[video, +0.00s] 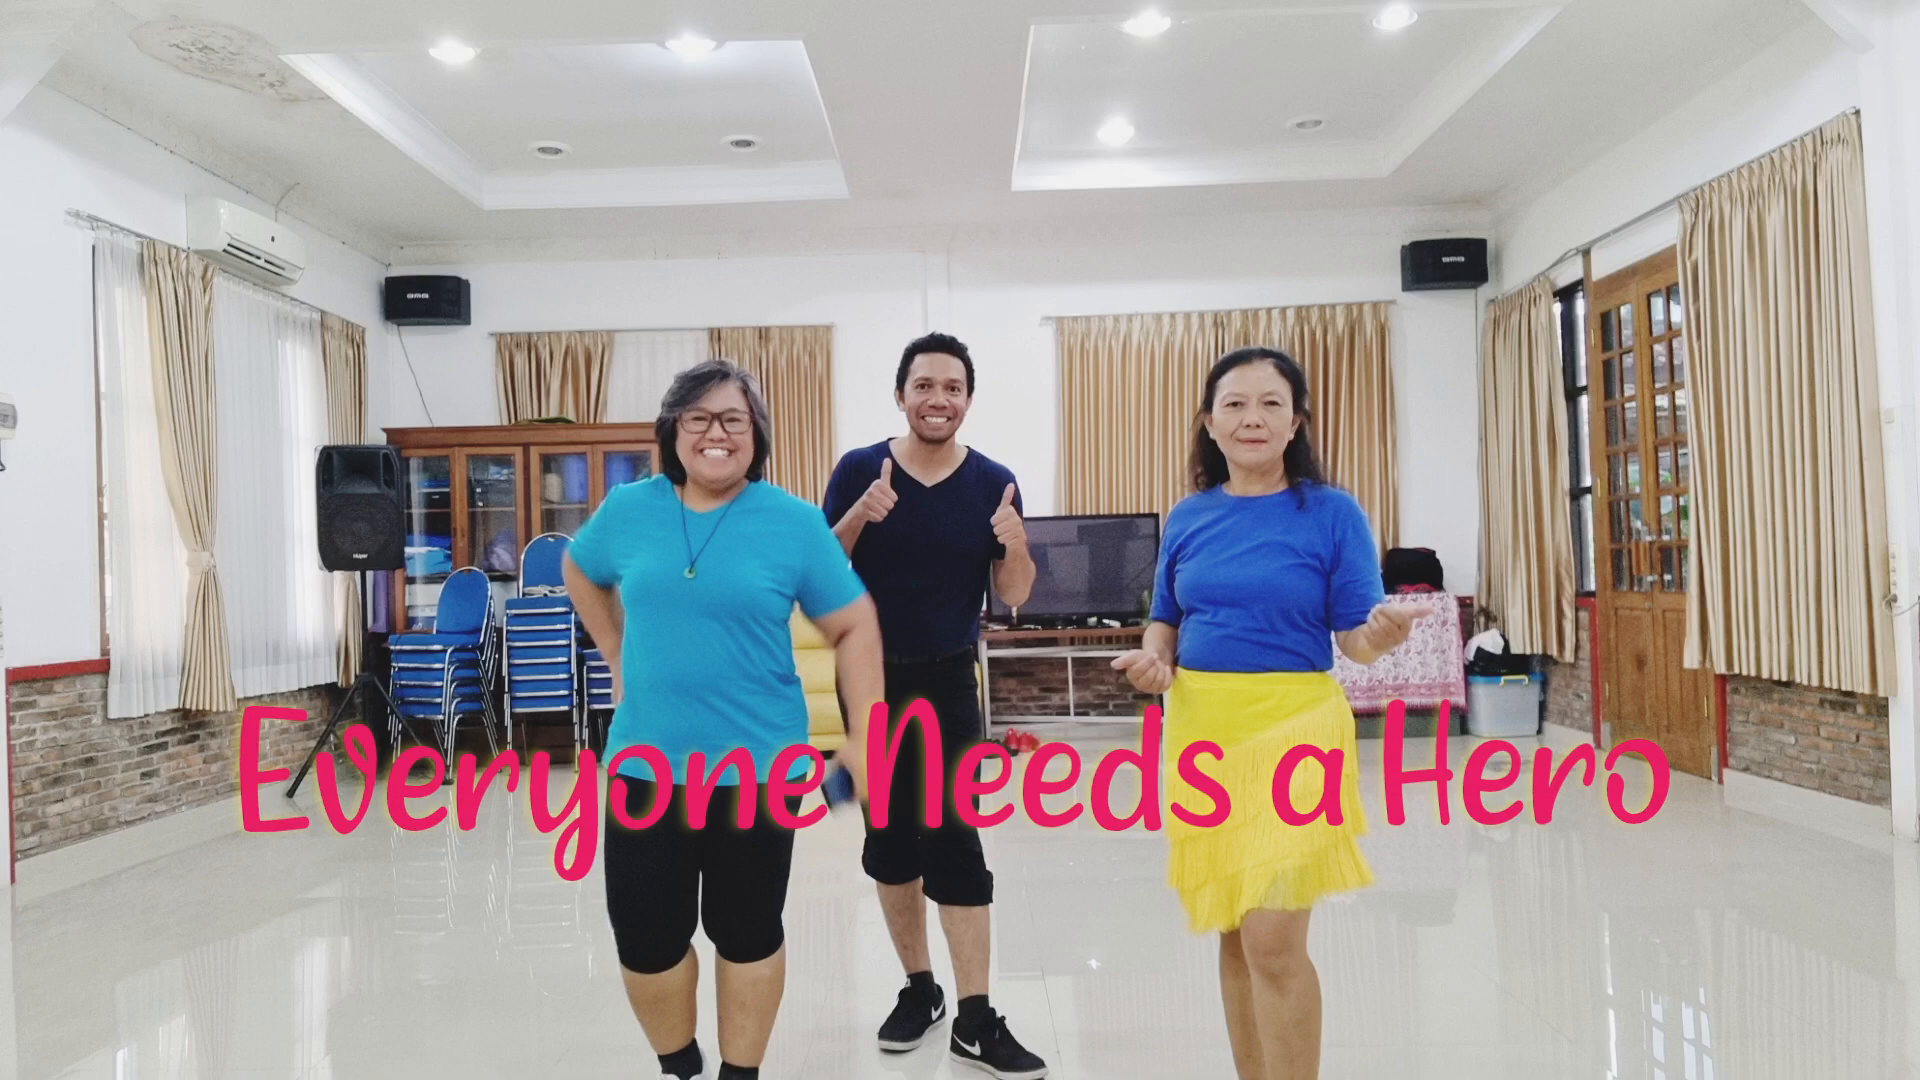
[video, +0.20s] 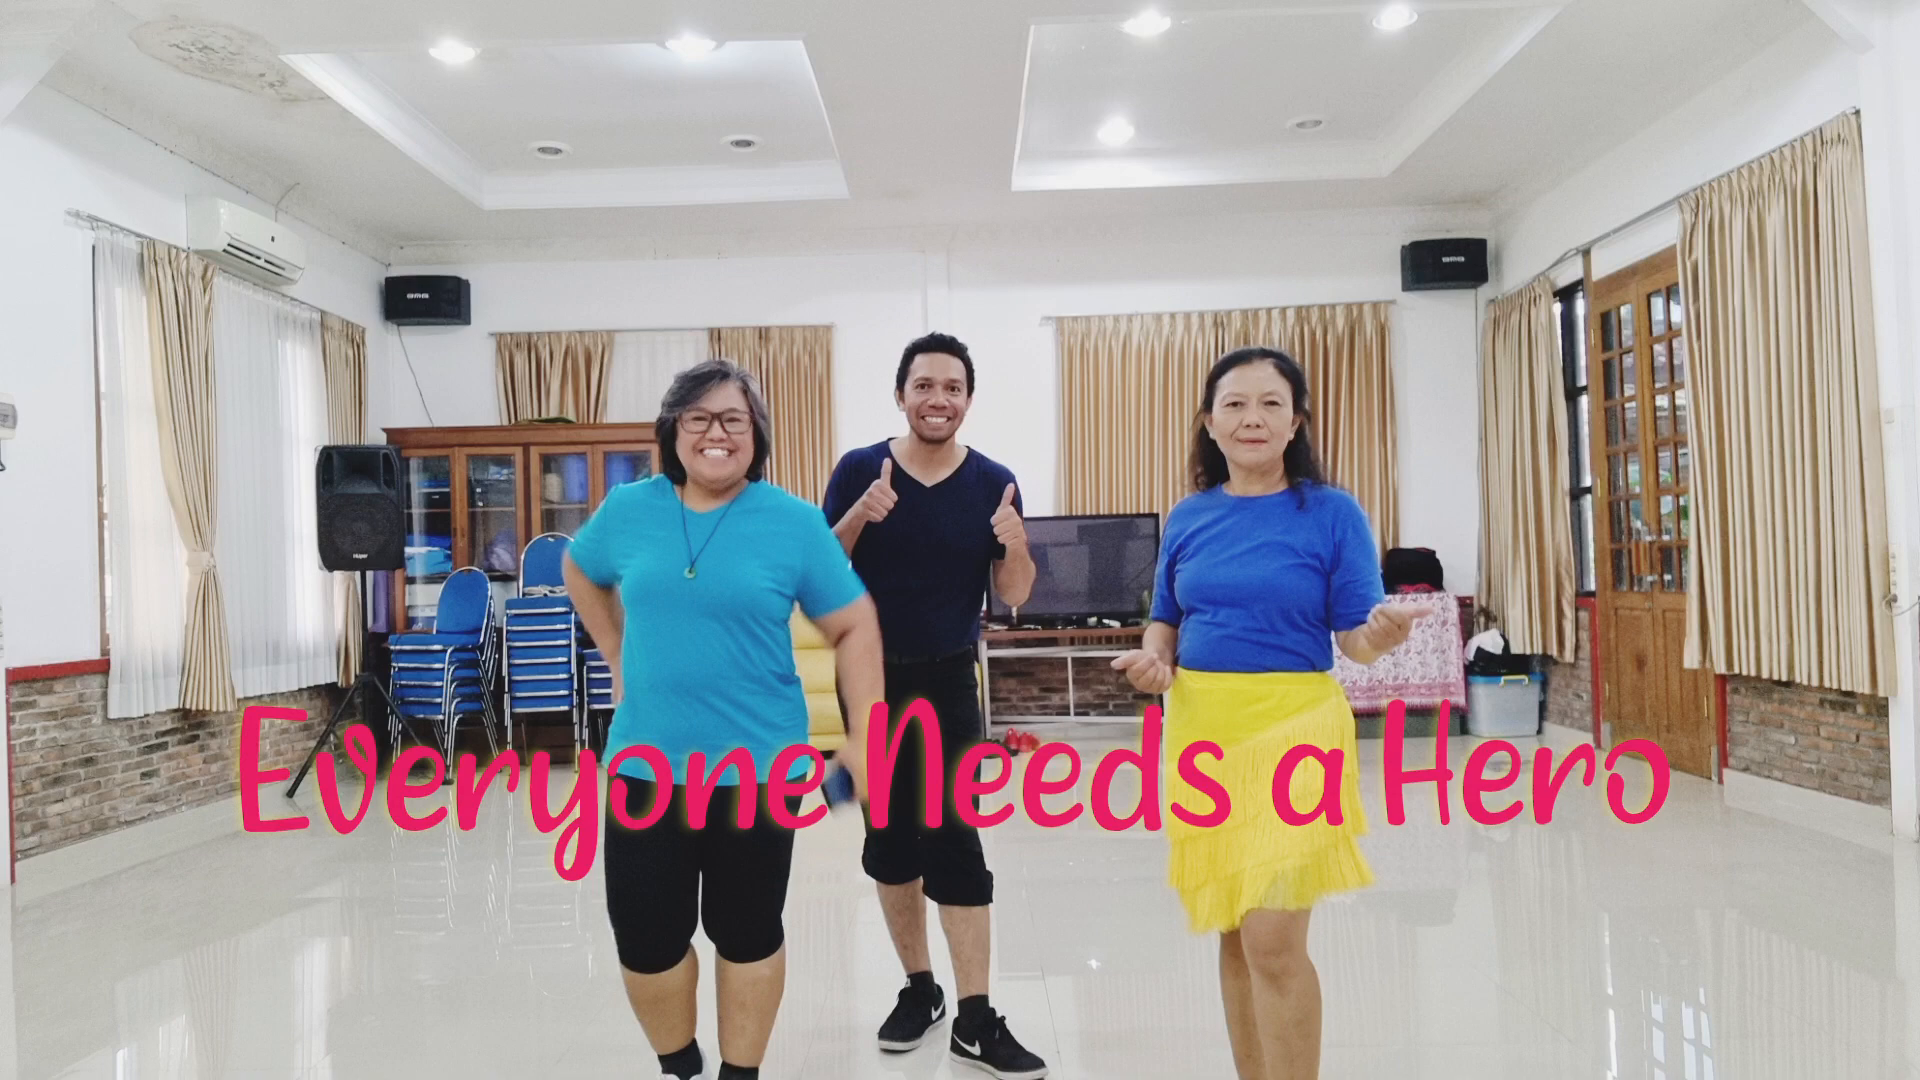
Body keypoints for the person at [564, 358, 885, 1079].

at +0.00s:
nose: (720, 432)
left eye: (736, 420)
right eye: (702, 420)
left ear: (756, 436)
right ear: (672, 434)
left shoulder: (795, 523)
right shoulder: (627, 509)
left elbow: (856, 626)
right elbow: (580, 570)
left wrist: (865, 738)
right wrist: (625, 663)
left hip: (758, 768)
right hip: (645, 764)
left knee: (746, 932)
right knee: (646, 938)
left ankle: (739, 1076)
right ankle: (680, 1069)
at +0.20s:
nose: (720, 432)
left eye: (736, 420)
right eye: (702, 420)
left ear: (756, 436)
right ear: (672, 434)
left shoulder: (795, 523)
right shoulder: (627, 509)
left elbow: (856, 626)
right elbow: (580, 570)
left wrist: (865, 738)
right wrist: (625, 663)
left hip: (758, 768)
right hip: (645, 764)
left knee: (746, 932)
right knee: (646, 938)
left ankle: (739, 1076)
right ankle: (680, 1069)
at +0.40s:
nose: (720, 432)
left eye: (736, 420)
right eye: (702, 420)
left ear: (756, 436)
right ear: (672, 434)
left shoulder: (795, 523)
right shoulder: (627, 509)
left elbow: (856, 626)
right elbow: (580, 570)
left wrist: (865, 738)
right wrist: (625, 663)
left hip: (758, 768)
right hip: (645, 764)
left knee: (746, 932)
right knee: (646, 938)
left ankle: (739, 1076)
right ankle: (680, 1069)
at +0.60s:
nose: (720, 432)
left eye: (736, 420)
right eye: (702, 420)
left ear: (756, 436)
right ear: (672, 434)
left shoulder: (795, 523)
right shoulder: (627, 509)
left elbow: (856, 626)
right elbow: (580, 570)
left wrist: (865, 738)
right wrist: (625, 663)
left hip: (758, 768)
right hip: (645, 764)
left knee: (746, 932)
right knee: (646, 938)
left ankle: (739, 1076)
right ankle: (680, 1069)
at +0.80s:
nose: (720, 432)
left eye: (736, 420)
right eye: (702, 420)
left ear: (756, 436)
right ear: (672, 434)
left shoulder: (795, 523)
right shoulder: (627, 509)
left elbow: (856, 626)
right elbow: (580, 570)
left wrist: (865, 738)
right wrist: (625, 663)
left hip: (758, 768)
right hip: (645, 764)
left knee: (746, 932)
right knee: (646, 938)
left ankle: (739, 1076)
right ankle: (680, 1069)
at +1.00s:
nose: (720, 432)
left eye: (736, 420)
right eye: (702, 420)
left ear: (756, 436)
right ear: (672, 434)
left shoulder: (795, 523)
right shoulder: (627, 509)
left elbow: (856, 626)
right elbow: (580, 570)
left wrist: (865, 738)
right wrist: (625, 663)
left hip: (758, 768)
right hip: (645, 764)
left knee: (746, 932)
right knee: (646, 938)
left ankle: (739, 1076)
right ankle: (680, 1069)